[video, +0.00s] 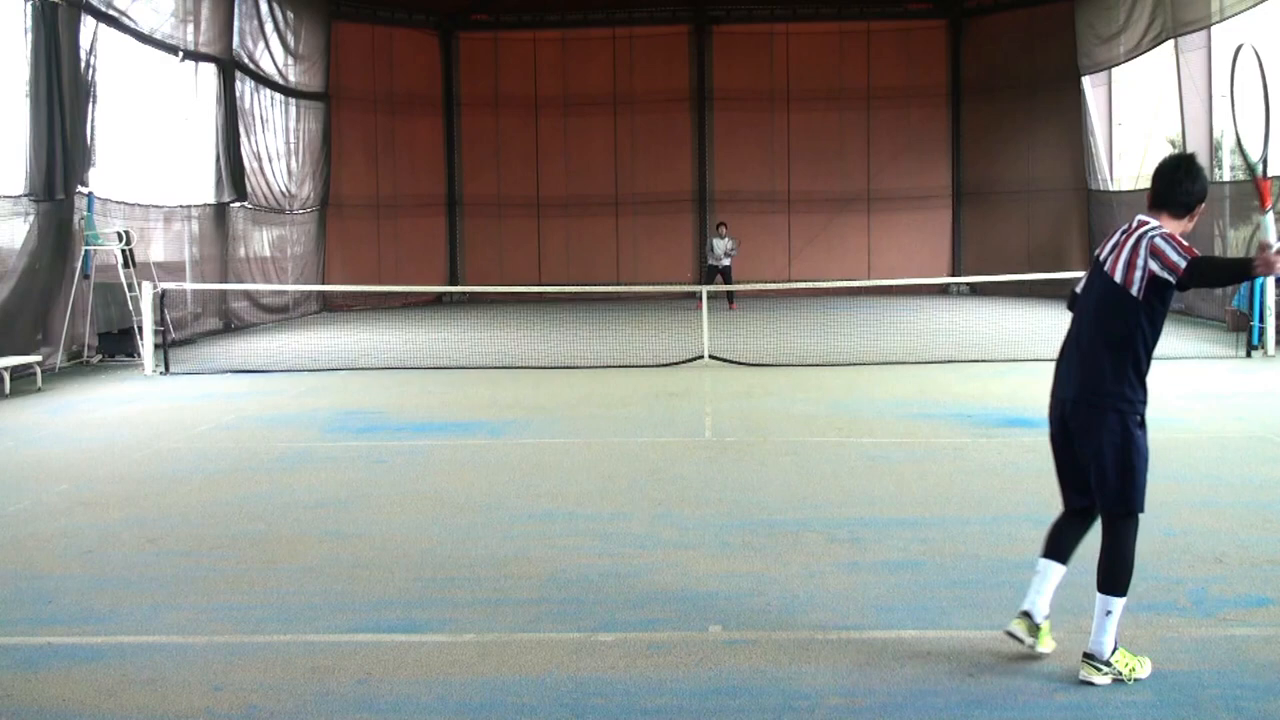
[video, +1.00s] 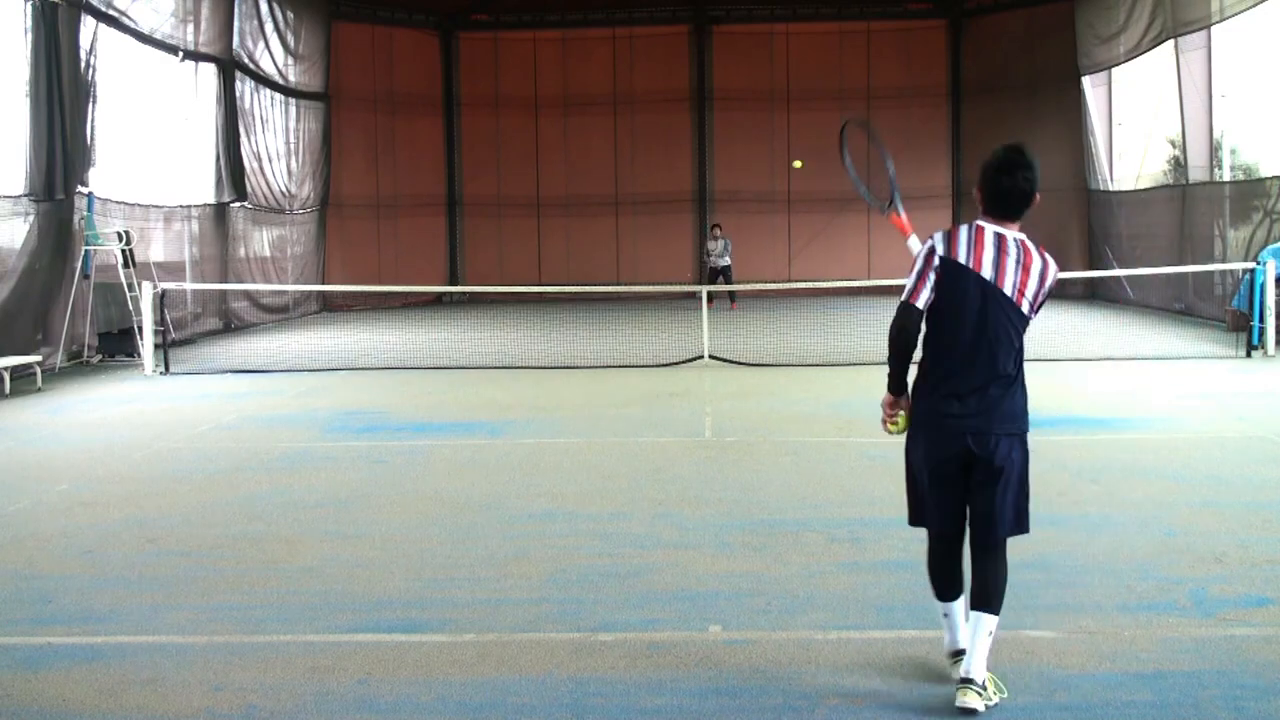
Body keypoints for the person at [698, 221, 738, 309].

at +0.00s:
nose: (722, 231)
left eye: (723, 229)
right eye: (720, 229)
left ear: (726, 230)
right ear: (717, 230)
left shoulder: (730, 241)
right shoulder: (711, 240)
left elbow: (734, 252)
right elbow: (708, 252)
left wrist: (728, 253)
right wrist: (716, 257)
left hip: (725, 265)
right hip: (713, 265)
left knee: (729, 284)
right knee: (707, 283)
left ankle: (731, 303)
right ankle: (701, 301)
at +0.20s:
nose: (727, 231)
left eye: (728, 229)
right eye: (725, 229)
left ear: (731, 230)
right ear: (722, 230)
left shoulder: (733, 241)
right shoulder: (717, 240)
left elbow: (737, 252)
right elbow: (712, 251)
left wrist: (732, 253)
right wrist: (718, 256)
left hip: (728, 264)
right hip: (717, 264)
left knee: (729, 284)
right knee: (714, 283)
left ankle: (731, 302)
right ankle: (713, 301)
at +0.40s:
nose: (728, 231)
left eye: (729, 229)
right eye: (726, 229)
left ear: (732, 230)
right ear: (723, 230)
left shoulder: (735, 241)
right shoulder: (719, 240)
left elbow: (739, 252)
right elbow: (716, 251)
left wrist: (733, 254)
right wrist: (723, 256)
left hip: (730, 264)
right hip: (718, 263)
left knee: (731, 284)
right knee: (713, 281)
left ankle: (731, 303)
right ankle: (710, 299)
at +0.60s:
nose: (725, 230)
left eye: (727, 228)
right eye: (723, 228)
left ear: (729, 229)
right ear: (721, 230)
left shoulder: (734, 240)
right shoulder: (717, 240)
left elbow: (738, 251)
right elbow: (715, 250)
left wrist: (731, 253)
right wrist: (721, 256)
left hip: (729, 264)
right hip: (717, 263)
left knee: (731, 283)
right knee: (711, 281)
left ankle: (732, 302)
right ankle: (709, 298)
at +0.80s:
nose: (719, 232)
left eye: (720, 230)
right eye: (717, 230)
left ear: (723, 231)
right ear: (715, 232)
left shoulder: (728, 241)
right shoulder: (711, 243)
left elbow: (732, 251)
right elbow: (708, 255)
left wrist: (726, 257)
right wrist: (714, 261)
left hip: (726, 265)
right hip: (715, 266)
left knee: (730, 284)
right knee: (711, 284)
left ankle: (731, 302)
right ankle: (710, 301)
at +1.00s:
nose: (716, 232)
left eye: (718, 230)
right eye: (714, 230)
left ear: (720, 231)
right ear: (712, 232)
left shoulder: (726, 242)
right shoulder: (708, 243)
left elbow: (726, 253)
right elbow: (705, 255)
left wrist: (716, 256)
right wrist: (710, 261)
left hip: (724, 265)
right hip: (713, 266)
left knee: (729, 283)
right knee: (710, 284)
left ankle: (733, 302)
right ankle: (710, 302)